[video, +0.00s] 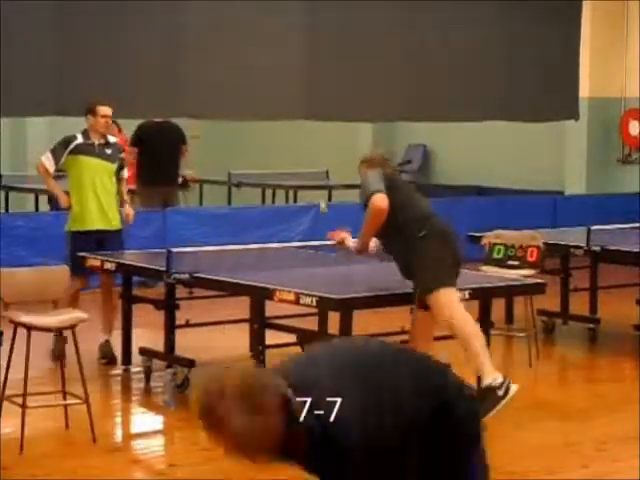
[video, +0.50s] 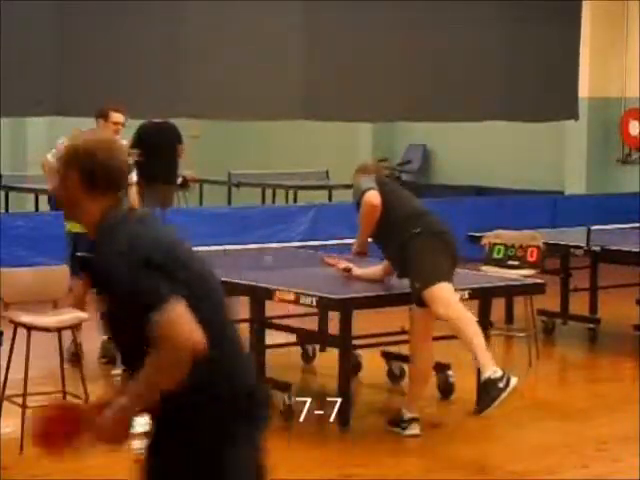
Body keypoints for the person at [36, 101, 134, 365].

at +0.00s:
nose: (108, 121)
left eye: (110, 117)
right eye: (103, 117)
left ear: (110, 122)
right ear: (89, 118)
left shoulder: (116, 148)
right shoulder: (73, 141)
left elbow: (121, 181)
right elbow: (44, 165)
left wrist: (126, 203)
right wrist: (58, 193)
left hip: (110, 223)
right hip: (81, 223)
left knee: (109, 284)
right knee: (77, 284)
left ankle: (107, 340)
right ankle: (61, 335)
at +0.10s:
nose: (112, 123)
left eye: (114, 119)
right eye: (108, 118)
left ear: (116, 123)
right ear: (93, 120)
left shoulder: (119, 149)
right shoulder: (75, 141)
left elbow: (124, 181)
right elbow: (46, 164)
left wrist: (128, 204)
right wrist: (60, 193)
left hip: (112, 224)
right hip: (83, 223)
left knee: (110, 283)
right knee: (78, 284)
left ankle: (107, 339)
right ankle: (67, 338)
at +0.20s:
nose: (116, 123)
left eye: (118, 120)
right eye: (111, 119)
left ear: (119, 124)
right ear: (97, 120)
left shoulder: (122, 149)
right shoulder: (78, 141)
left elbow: (127, 182)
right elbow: (49, 164)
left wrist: (130, 205)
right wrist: (61, 193)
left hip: (113, 224)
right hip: (84, 223)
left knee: (111, 286)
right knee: (80, 286)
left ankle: (106, 340)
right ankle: (72, 340)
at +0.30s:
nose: (118, 125)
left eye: (120, 122)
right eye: (113, 120)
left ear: (120, 125)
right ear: (98, 121)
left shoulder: (123, 151)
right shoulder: (78, 142)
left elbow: (129, 185)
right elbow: (49, 165)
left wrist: (122, 207)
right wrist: (61, 192)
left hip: (112, 224)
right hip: (83, 223)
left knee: (111, 284)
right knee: (80, 286)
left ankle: (107, 339)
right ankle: (74, 340)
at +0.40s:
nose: (118, 128)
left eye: (121, 124)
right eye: (114, 122)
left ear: (122, 127)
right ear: (100, 122)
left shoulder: (123, 151)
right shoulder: (78, 142)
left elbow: (138, 181)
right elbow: (49, 162)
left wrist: (123, 201)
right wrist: (61, 193)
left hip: (113, 224)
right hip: (82, 222)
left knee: (112, 286)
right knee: (80, 285)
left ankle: (107, 340)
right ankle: (75, 341)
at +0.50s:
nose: (119, 130)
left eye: (122, 126)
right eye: (115, 125)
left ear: (122, 127)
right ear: (100, 122)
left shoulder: (121, 152)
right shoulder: (78, 146)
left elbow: (131, 186)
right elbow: (49, 163)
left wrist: (135, 218)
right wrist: (60, 187)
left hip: (111, 228)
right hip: (80, 225)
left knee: (114, 292)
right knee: (79, 287)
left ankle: (111, 339)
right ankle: (75, 341)